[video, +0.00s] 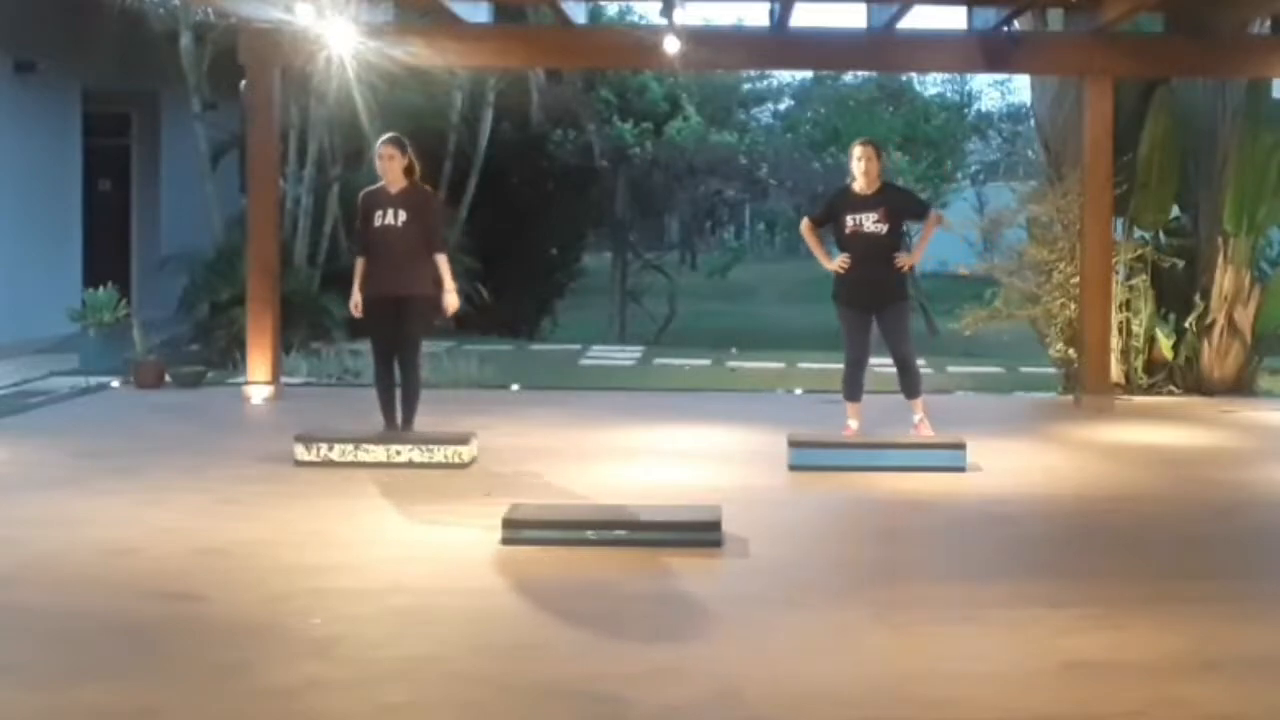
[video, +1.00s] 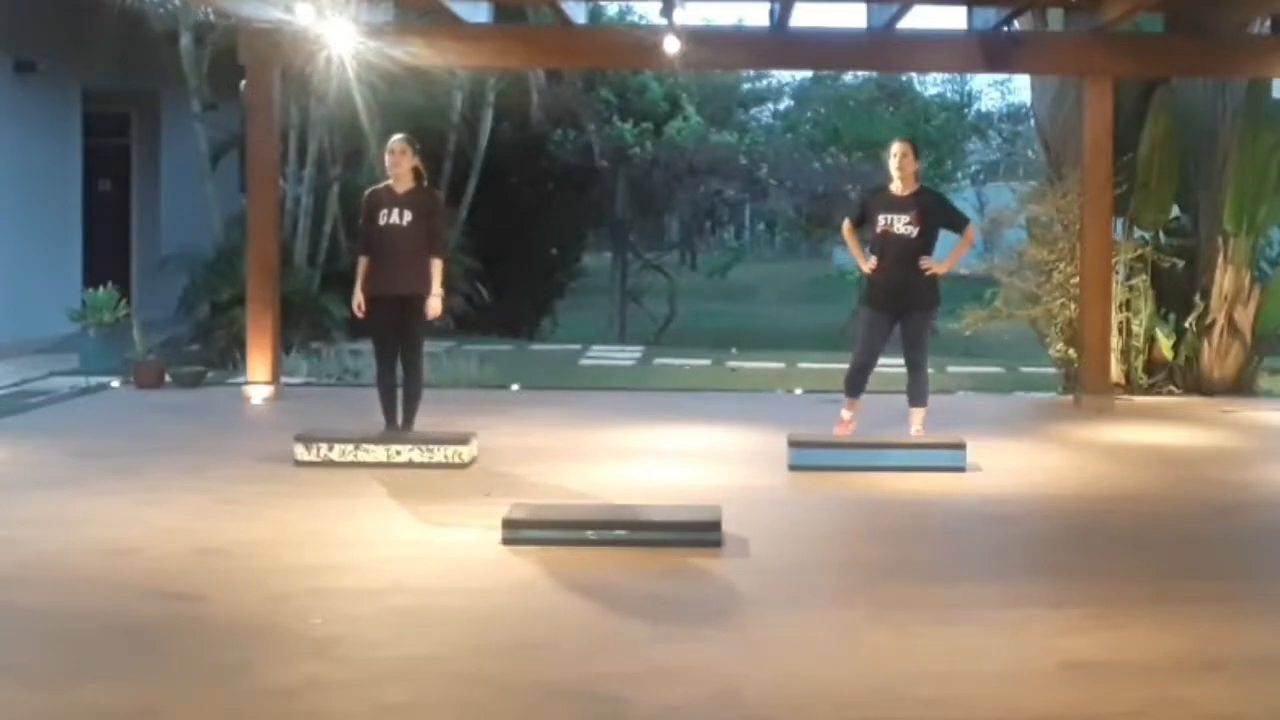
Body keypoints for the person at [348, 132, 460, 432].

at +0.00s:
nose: (385, 163)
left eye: (391, 157)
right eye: (380, 157)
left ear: (405, 161)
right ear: (375, 161)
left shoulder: (424, 197)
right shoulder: (368, 198)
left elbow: (437, 246)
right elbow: (362, 249)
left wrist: (449, 287)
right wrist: (356, 288)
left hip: (415, 293)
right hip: (378, 293)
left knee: (409, 359)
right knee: (382, 360)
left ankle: (407, 424)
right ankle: (389, 424)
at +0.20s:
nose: (386, 160)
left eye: (393, 154)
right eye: (383, 154)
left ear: (409, 159)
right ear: (378, 159)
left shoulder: (426, 196)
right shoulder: (369, 197)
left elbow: (439, 246)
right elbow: (361, 247)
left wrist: (449, 286)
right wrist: (353, 288)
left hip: (416, 292)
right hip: (379, 292)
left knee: (411, 359)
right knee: (384, 361)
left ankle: (407, 423)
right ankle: (390, 423)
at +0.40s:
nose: (392, 160)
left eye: (399, 154)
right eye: (389, 154)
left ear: (413, 160)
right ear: (383, 159)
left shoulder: (428, 196)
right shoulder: (372, 196)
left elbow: (436, 246)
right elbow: (364, 246)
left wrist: (438, 289)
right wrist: (357, 286)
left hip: (415, 292)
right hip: (380, 292)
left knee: (413, 361)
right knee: (385, 361)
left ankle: (408, 424)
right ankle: (390, 423)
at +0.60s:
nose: (395, 159)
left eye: (402, 153)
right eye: (391, 153)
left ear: (414, 159)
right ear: (385, 158)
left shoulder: (429, 197)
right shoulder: (373, 196)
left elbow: (436, 247)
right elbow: (365, 246)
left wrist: (431, 289)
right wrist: (360, 286)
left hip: (413, 292)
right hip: (381, 292)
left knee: (412, 362)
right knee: (385, 362)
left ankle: (408, 424)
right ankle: (390, 423)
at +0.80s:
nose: (395, 158)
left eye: (402, 153)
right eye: (391, 152)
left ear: (415, 159)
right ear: (385, 158)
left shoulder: (430, 198)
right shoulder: (373, 197)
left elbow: (436, 248)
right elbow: (365, 246)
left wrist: (431, 290)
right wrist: (359, 286)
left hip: (413, 293)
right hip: (380, 293)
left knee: (412, 362)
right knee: (386, 362)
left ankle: (407, 424)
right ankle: (390, 423)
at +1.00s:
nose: (394, 159)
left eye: (401, 153)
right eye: (390, 153)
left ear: (414, 159)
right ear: (384, 158)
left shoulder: (429, 198)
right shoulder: (373, 197)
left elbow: (436, 248)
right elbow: (365, 247)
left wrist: (436, 291)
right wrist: (358, 288)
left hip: (414, 294)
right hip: (380, 294)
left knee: (412, 362)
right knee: (385, 362)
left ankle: (407, 424)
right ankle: (390, 423)